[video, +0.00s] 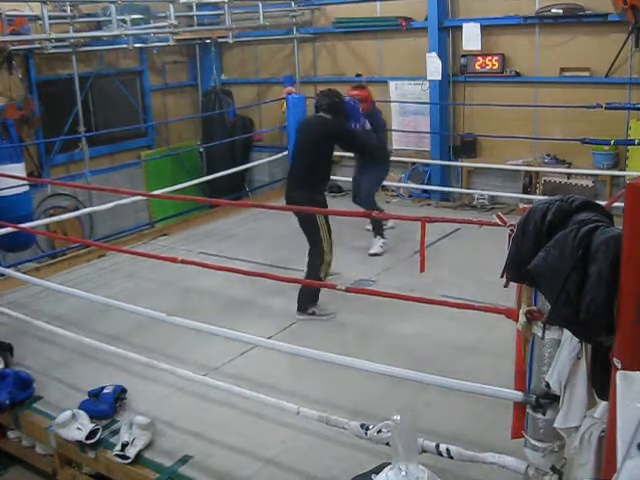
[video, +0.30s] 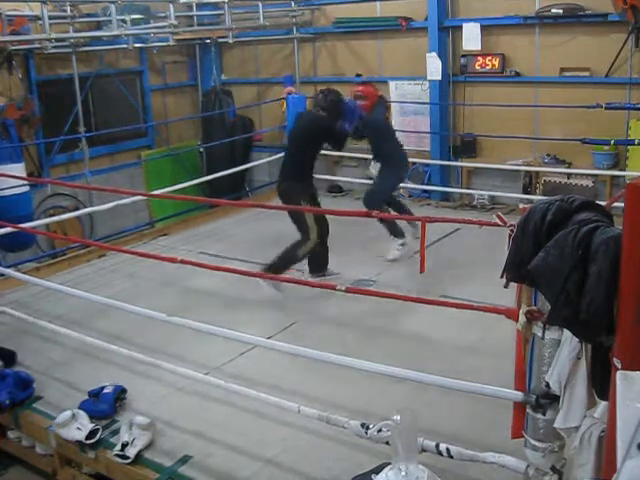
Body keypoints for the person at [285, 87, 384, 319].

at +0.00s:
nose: (344, 111)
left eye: (343, 108)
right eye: (342, 108)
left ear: (319, 107)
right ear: (337, 109)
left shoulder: (306, 124)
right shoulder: (331, 127)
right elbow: (360, 144)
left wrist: (357, 134)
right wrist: (366, 133)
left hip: (295, 194)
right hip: (310, 197)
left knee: (318, 244)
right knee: (323, 251)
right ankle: (307, 304)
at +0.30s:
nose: (338, 112)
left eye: (339, 108)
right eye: (337, 108)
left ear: (318, 103)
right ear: (329, 107)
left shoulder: (307, 117)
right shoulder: (319, 122)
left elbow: (335, 141)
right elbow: (338, 143)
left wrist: (342, 124)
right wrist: (345, 124)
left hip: (302, 183)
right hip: (293, 185)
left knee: (321, 227)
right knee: (312, 235)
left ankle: (318, 270)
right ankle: (271, 272)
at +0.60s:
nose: (320, 128)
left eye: (321, 123)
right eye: (319, 123)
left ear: (300, 116)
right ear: (309, 121)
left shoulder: (290, 129)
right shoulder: (293, 133)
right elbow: (316, 150)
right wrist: (330, 131)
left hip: (283, 192)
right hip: (268, 195)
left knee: (309, 229)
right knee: (272, 248)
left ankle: (317, 269)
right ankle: (240, 280)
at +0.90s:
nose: (300, 141)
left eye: (302, 136)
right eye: (299, 136)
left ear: (285, 127)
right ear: (288, 133)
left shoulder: (279, 137)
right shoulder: (265, 149)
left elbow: (299, 152)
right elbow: (296, 170)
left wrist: (314, 140)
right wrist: (314, 152)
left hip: (279, 191)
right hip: (260, 198)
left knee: (307, 222)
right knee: (271, 250)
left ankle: (321, 254)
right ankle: (241, 281)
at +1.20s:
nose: (322, 135)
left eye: (323, 131)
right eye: (320, 131)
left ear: (299, 127)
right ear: (311, 133)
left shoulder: (293, 142)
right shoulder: (294, 150)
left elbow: (318, 160)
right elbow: (325, 166)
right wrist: (337, 145)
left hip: (284, 205)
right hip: (266, 210)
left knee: (310, 243)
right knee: (287, 261)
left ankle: (313, 283)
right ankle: (243, 283)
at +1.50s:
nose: (319, 138)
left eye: (319, 133)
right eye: (317, 134)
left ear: (294, 132)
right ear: (308, 136)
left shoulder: (289, 149)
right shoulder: (293, 155)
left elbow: (319, 172)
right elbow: (324, 174)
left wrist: (330, 147)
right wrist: (333, 150)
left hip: (279, 220)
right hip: (269, 224)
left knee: (311, 248)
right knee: (284, 284)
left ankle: (313, 287)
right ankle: (242, 328)